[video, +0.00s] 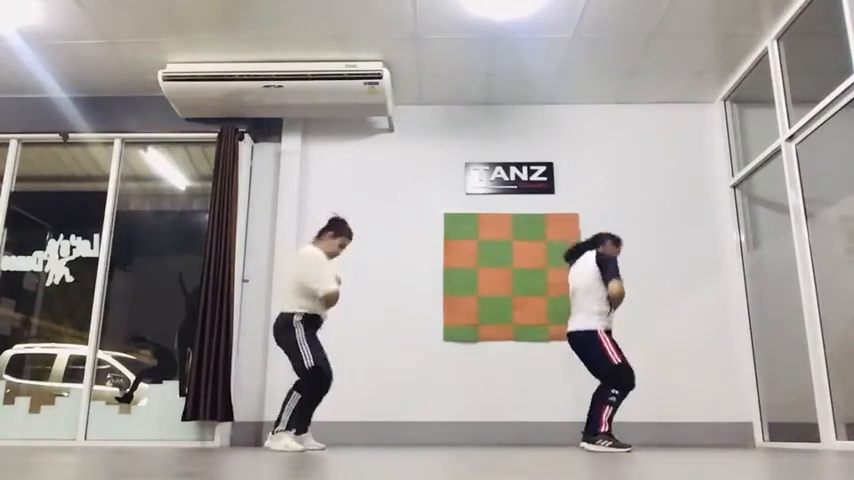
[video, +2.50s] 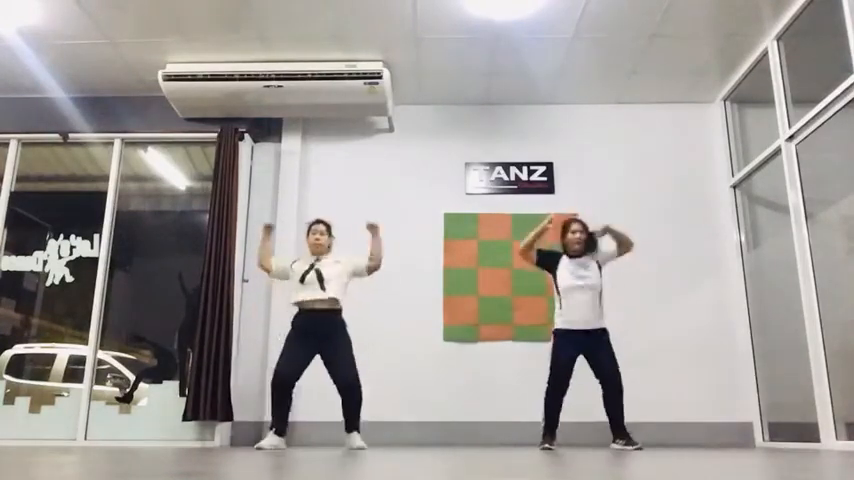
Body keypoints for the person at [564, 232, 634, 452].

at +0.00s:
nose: (617, 254)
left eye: (618, 250)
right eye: (616, 249)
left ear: (595, 244)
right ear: (605, 243)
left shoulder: (578, 263)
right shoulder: (604, 258)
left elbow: (579, 297)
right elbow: (616, 290)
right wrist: (611, 307)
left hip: (577, 330)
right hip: (593, 329)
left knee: (611, 379)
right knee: (623, 378)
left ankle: (592, 433)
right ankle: (599, 433)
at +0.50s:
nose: (592, 222)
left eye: (589, 218)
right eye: (588, 219)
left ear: (572, 229)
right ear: (580, 227)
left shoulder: (573, 255)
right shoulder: (583, 255)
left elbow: (596, 288)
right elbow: (603, 290)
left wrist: (607, 284)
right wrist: (616, 284)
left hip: (594, 320)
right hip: (599, 321)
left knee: (609, 378)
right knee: (612, 377)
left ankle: (593, 432)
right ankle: (596, 434)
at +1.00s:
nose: (612, 259)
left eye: (614, 255)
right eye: (612, 253)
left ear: (591, 248)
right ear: (602, 248)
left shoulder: (573, 267)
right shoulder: (595, 263)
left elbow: (577, 303)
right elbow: (608, 298)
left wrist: (602, 304)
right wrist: (613, 305)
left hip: (582, 338)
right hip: (598, 337)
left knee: (615, 383)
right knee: (633, 383)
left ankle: (592, 433)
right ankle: (601, 434)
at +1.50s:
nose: (613, 220)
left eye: (610, 216)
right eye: (608, 217)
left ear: (592, 223)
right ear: (598, 222)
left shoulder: (593, 247)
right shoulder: (592, 247)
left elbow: (596, 279)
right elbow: (595, 276)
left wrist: (616, 282)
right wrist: (620, 280)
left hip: (595, 317)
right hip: (594, 318)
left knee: (599, 377)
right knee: (601, 376)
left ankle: (592, 432)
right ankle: (594, 434)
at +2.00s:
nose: (635, 256)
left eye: (637, 251)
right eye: (630, 250)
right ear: (614, 251)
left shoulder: (615, 287)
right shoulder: (597, 266)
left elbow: (618, 327)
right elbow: (599, 257)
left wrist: (655, 329)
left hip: (591, 334)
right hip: (568, 326)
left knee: (625, 370)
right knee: (591, 373)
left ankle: (607, 428)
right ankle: (577, 435)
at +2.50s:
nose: (577, 236)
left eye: (581, 232)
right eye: (572, 232)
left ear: (588, 238)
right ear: (563, 239)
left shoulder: (597, 260)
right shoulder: (555, 261)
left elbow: (626, 246)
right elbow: (525, 251)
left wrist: (608, 230)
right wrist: (543, 227)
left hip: (596, 334)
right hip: (566, 335)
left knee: (613, 383)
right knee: (557, 385)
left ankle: (620, 435)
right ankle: (548, 435)